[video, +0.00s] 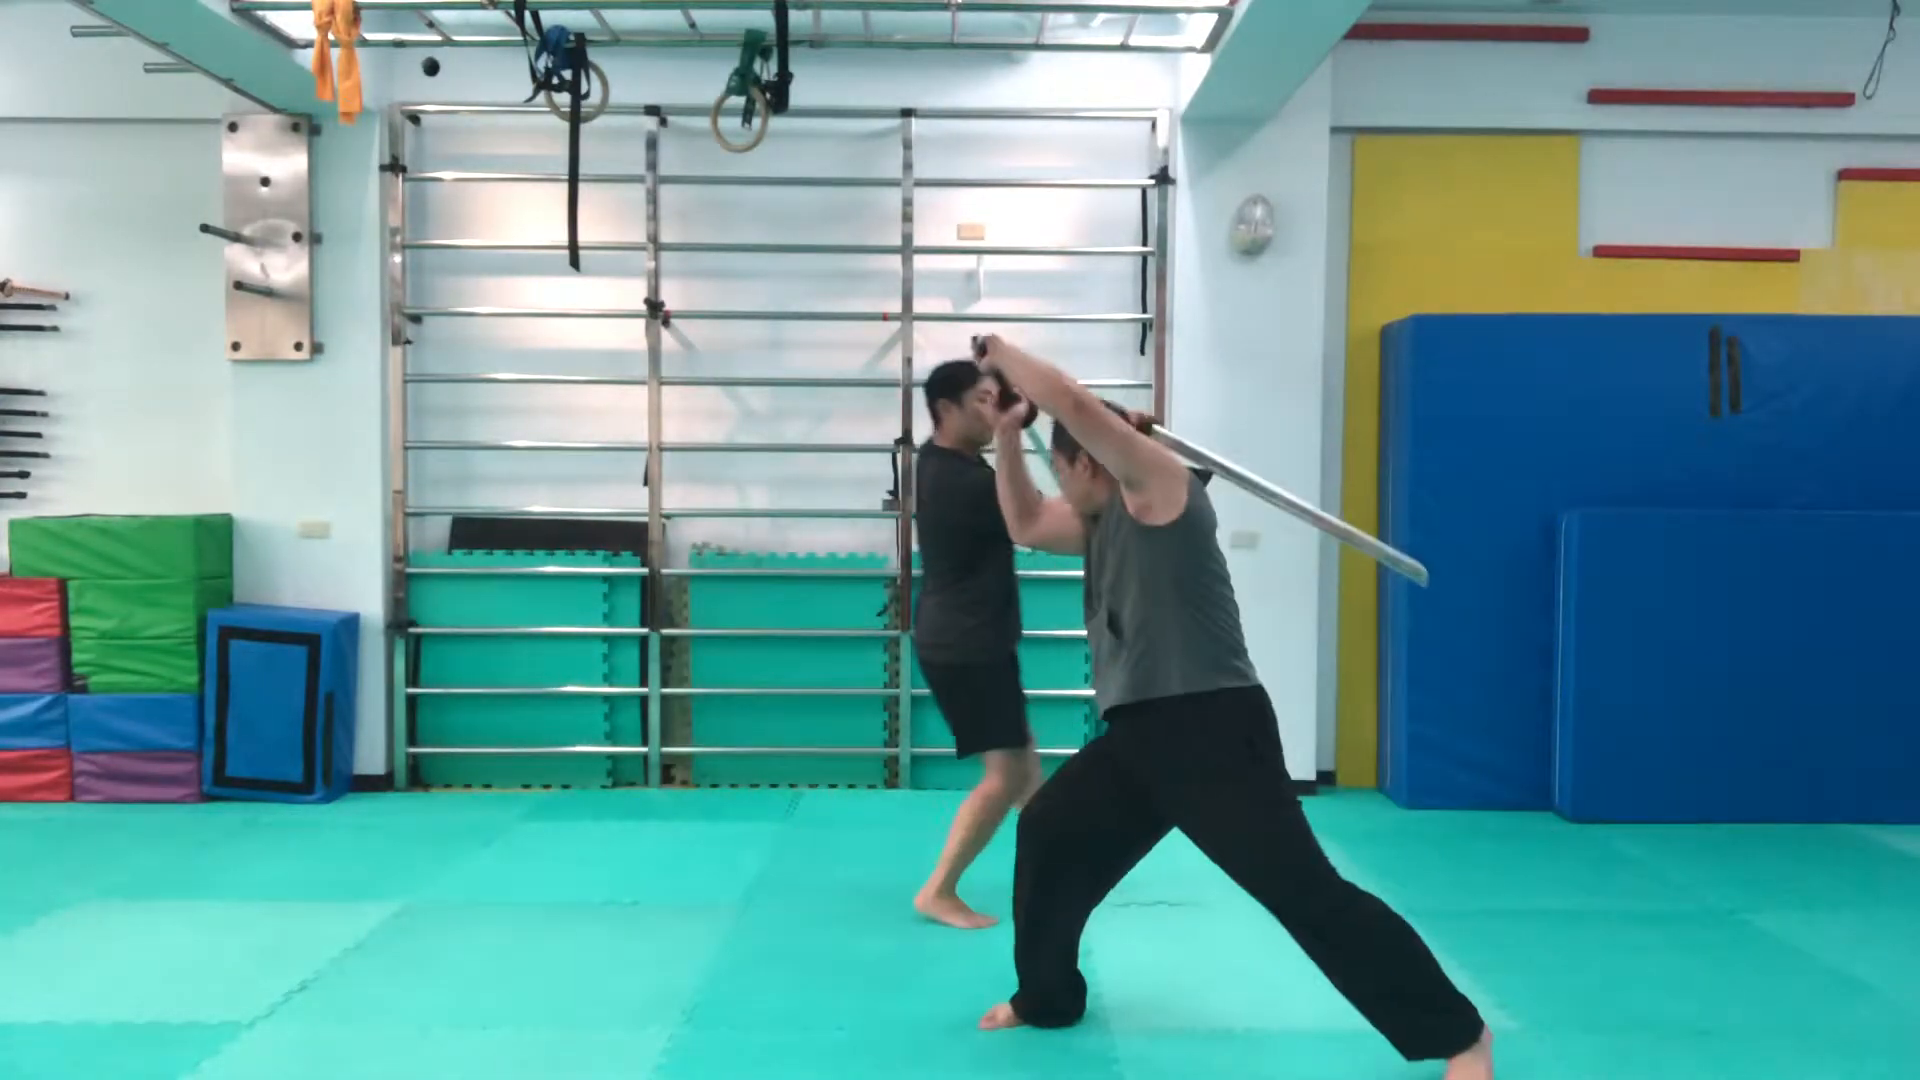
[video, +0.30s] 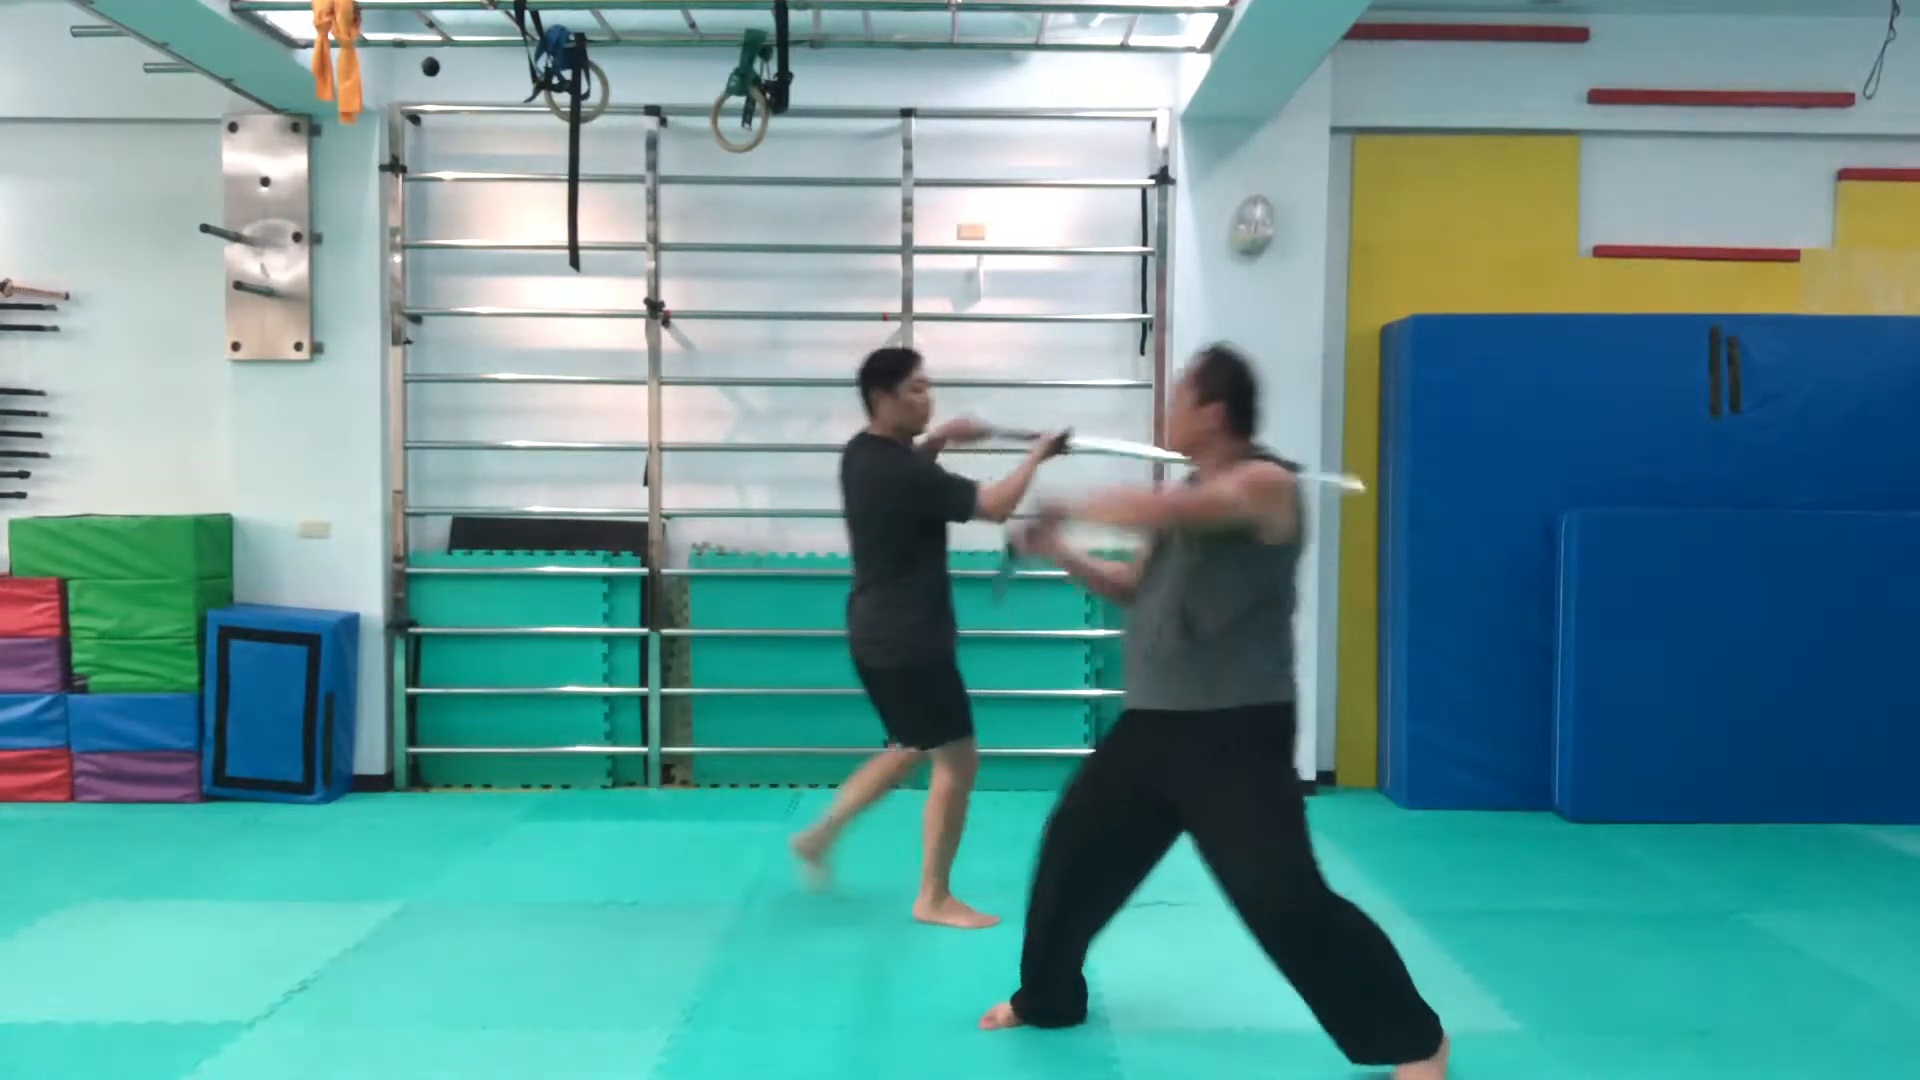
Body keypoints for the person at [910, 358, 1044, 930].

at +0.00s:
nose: (995, 413)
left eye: (996, 402)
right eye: (984, 403)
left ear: (948, 413)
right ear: (948, 411)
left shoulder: (936, 464)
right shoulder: (968, 480)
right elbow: (1041, 523)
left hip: (965, 640)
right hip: (970, 646)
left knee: (1027, 772)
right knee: (1008, 774)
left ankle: (1055, 885)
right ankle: (938, 891)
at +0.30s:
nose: (928, 400)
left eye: (926, 388)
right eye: (916, 390)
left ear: (879, 401)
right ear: (882, 399)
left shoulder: (858, 455)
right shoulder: (904, 467)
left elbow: (906, 480)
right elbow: (993, 505)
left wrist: (939, 439)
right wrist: (1037, 456)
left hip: (874, 636)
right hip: (914, 640)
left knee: (912, 744)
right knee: (957, 760)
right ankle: (934, 898)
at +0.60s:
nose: (841, 407)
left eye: (839, 395)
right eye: (830, 398)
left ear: (796, 408)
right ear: (794, 408)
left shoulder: (765, 471)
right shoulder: (803, 476)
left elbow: (777, 573)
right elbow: (836, 566)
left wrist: (845, 589)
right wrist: (896, 559)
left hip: (758, 655)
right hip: (800, 658)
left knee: (760, 769)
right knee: (864, 770)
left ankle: (697, 889)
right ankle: (921, 895)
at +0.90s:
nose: (770, 397)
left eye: (768, 386)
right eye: (759, 387)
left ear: (721, 395)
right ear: (723, 393)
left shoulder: (687, 457)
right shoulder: (721, 459)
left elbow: (680, 564)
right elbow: (739, 562)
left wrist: (749, 607)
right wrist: (806, 569)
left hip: (673, 647)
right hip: (700, 651)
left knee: (706, 768)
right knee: (739, 771)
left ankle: (689, 887)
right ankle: (649, 915)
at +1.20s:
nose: (725, 414)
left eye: (725, 401)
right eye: (717, 402)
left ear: (675, 406)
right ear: (677, 403)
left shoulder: (628, 457)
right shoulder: (661, 472)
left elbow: (646, 566)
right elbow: (682, 579)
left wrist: (716, 597)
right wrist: (769, 582)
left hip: (564, 648)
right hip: (610, 659)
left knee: (594, 762)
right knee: (649, 784)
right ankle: (625, 946)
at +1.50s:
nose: (625, 424)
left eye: (623, 412)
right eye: (614, 412)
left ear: (571, 421)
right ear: (573, 419)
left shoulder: (539, 477)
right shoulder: (557, 489)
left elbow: (559, 585)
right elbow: (588, 597)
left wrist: (630, 606)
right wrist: (682, 592)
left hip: (488, 673)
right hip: (534, 681)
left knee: (455, 793)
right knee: (611, 785)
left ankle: (355, 912)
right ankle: (623, 946)